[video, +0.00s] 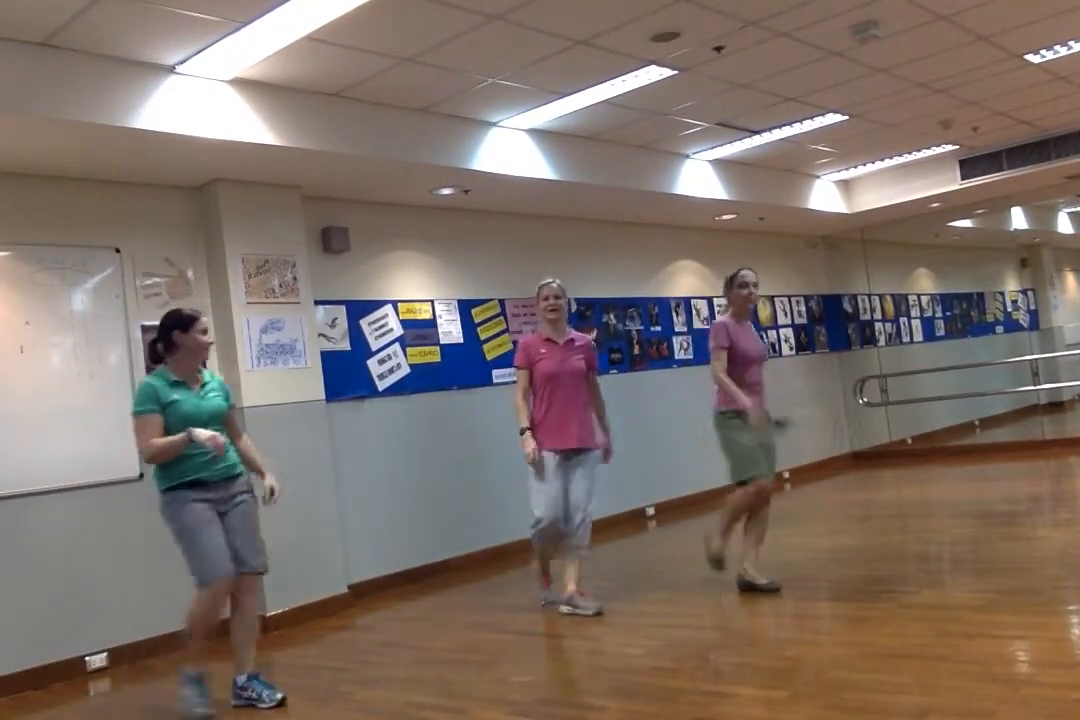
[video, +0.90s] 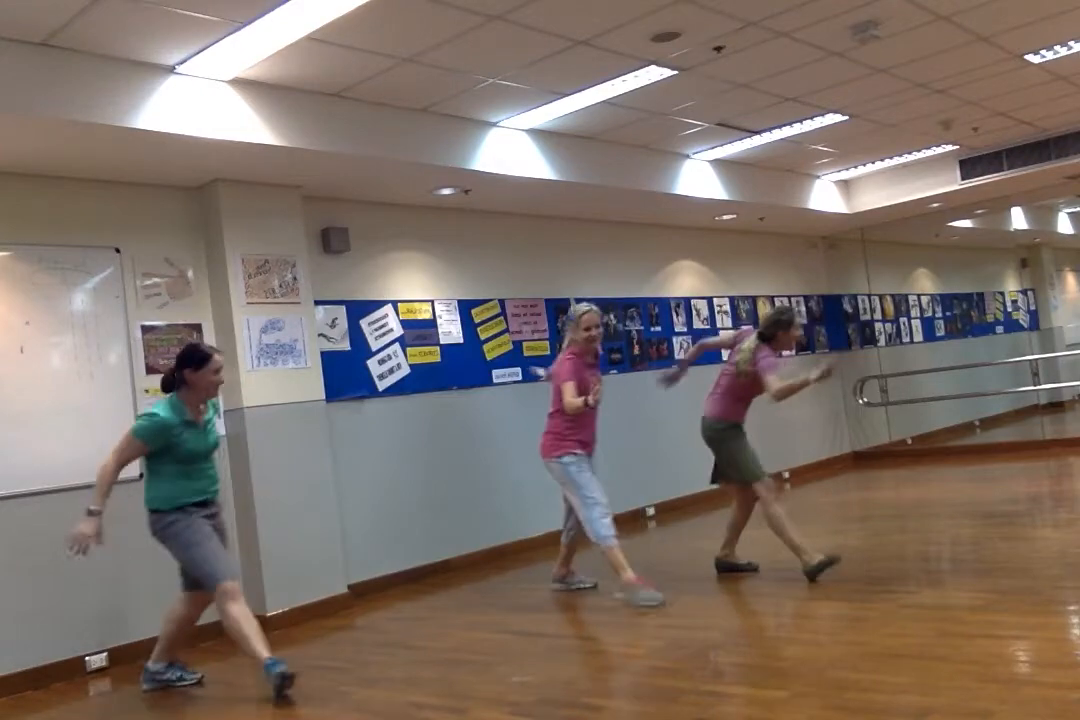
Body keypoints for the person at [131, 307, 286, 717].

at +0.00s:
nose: (210, 339)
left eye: (208, 332)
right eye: (201, 332)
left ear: (191, 339)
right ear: (175, 340)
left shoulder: (216, 384)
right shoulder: (152, 388)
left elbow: (237, 436)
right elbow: (149, 451)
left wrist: (263, 473)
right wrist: (189, 436)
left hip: (235, 489)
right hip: (187, 496)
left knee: (249, 577)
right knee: (218, 579)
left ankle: (245, 679)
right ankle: (192, 676)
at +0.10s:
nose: (220, 333)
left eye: (218, 326)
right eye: (211, 327)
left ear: (205, 334)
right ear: (186, 334)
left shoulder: (227, 377)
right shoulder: (162, 381)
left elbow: (245, 428)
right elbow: (161, 444)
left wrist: (269, 457)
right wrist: (207, 430)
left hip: (244, 484)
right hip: (198, 490)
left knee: (253, 577)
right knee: (237, 574)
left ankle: (250, 676)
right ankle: (253, 676)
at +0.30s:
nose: (240, 333)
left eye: (238, 327)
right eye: (232, 328)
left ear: (218, 334)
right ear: (208, 334)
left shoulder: (237, 375)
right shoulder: (186, 382)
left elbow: (243, 431)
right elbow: (195, 445)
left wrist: (272, 445)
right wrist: (252, 434)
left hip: (258, 485)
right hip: (215, 493)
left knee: (274, 578)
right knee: (262, 575)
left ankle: (247, 678)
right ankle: (299, 672)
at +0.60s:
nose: (247, 340)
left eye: (245, 333)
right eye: (239, 335)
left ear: (222, 342)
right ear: (215, 342)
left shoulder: (236, 380)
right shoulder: (198, 388)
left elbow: (242, 431)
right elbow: (197, 451)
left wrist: (276, 451)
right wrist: (239, 487)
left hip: (247, 490)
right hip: (212, 498)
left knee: (265, 584)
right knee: (261, 583)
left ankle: (198, 637)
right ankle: (298, 674)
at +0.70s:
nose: (239, 351)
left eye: (237, 345)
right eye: (232, 346)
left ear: (213, 353)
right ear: (208, 352)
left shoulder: (227, 389)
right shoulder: (189, 400)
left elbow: (232, 445)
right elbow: (167, 457)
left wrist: (252, 484)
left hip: (242, 500)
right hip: (209, 505)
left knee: (232, 593)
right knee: (256, 584)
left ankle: (179, 643)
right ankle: (298, 674)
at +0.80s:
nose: (233, 367)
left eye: (232, 360)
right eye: (227, 361)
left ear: (208, 367)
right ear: (204, 366)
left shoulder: (218, 401)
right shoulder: (174, 413)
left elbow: (201, 448)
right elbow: (127, 460)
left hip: (226, 507)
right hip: (193, 514)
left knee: (208, 599)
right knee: (245, 593)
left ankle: (164, 659)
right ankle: (290, 672)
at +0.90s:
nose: (222, 378)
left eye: (221, 372)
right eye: (215, 373)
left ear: (199, 376)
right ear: (190, 377)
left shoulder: (208, 405)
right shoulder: (160, 420)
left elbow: (193, 453)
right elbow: (114, 461)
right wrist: (93, 515)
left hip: (209, 509)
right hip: (175, 516)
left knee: (197, 597)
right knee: (227, 586)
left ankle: (157, 667)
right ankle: (271, 666)